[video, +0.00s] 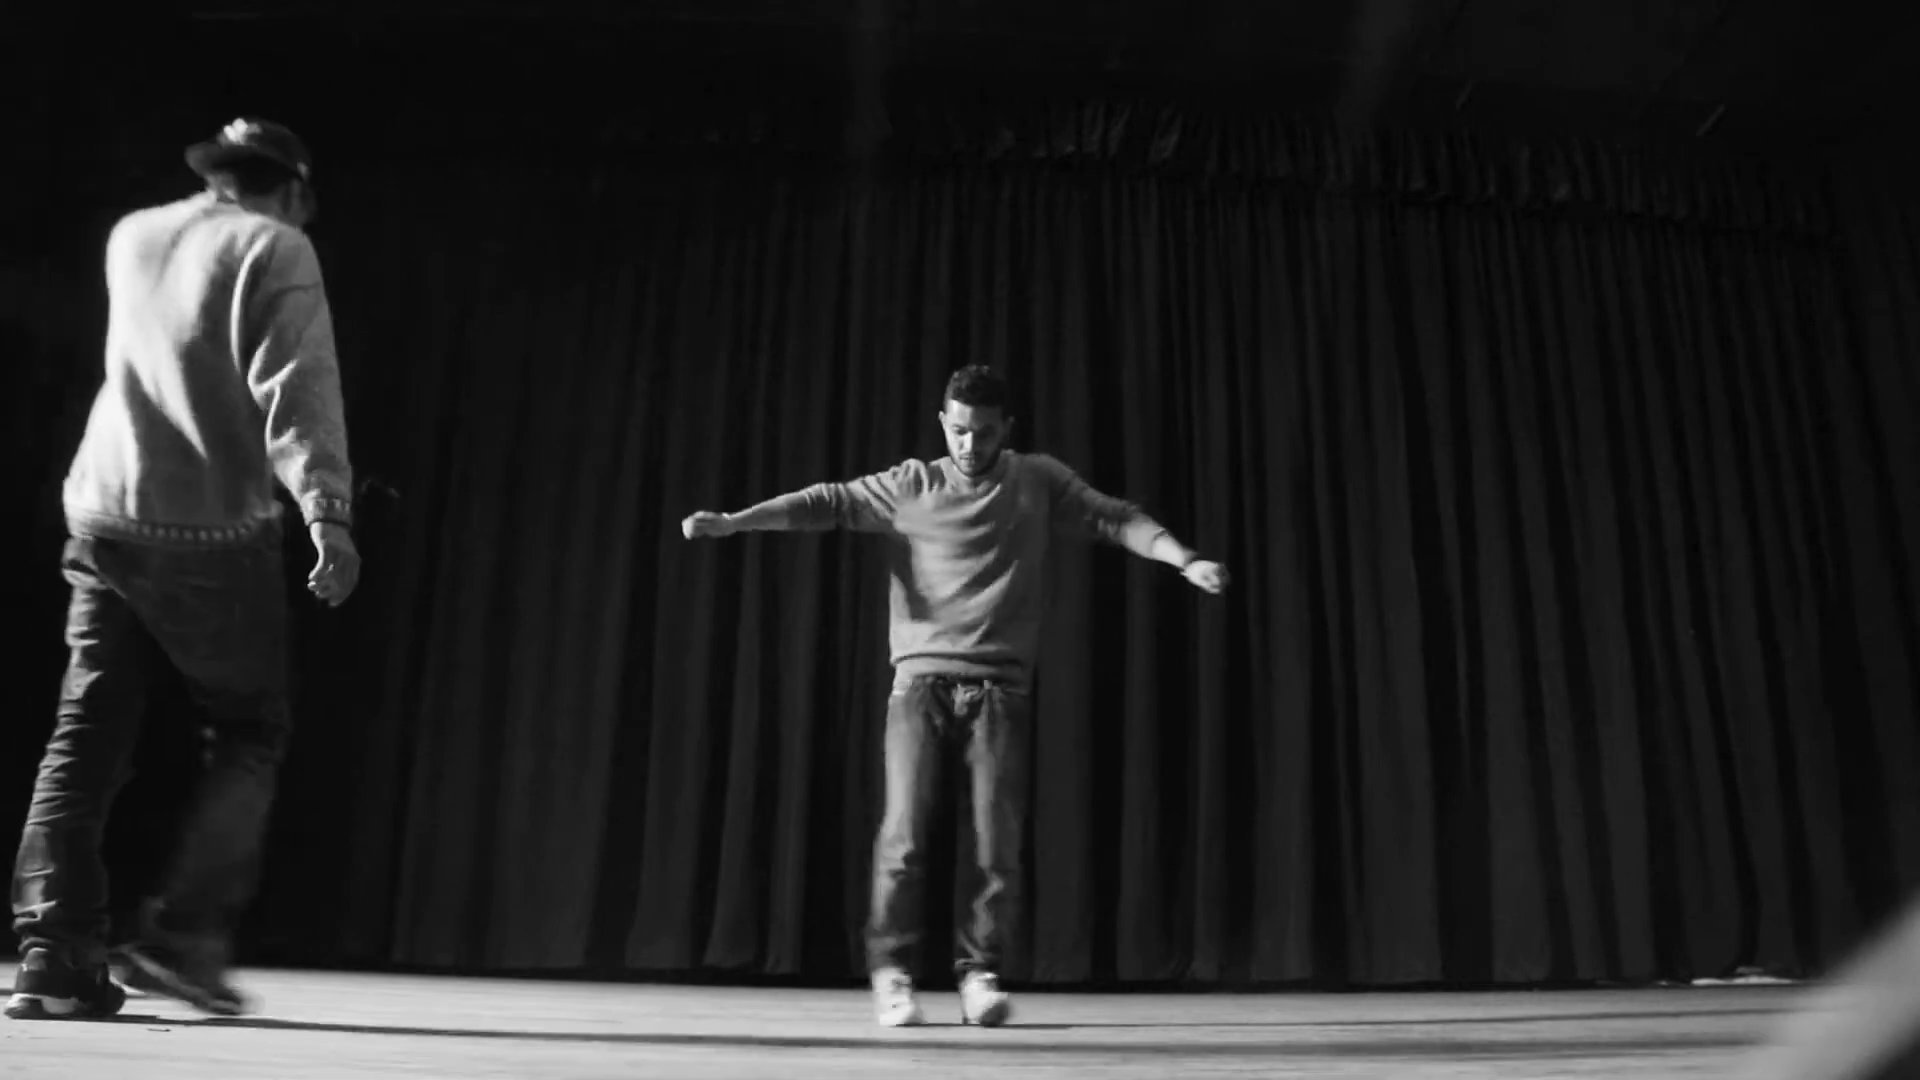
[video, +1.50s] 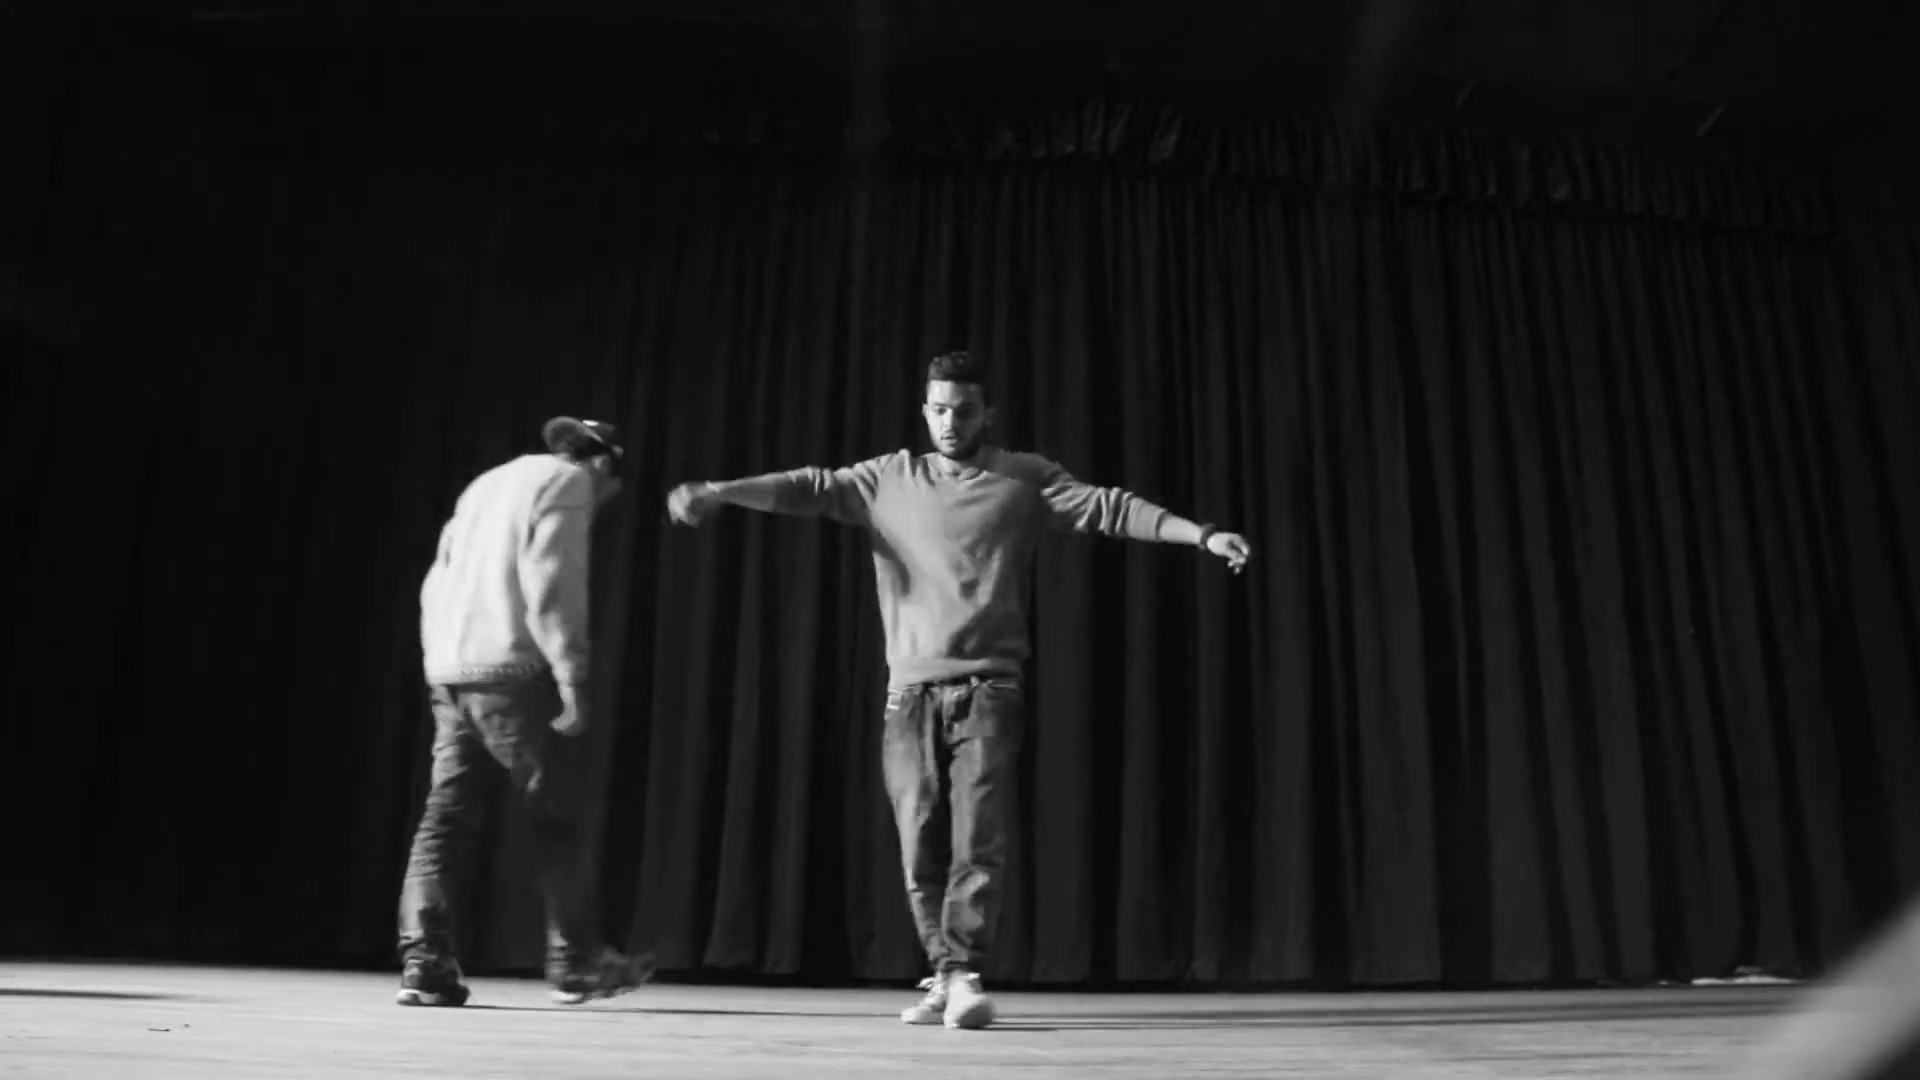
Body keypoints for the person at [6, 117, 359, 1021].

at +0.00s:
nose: (300, 213)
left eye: (301, 202)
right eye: (302, 201)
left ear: (212, 179)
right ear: (287, 191)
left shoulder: (132, 234)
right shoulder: (276, 246)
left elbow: (154, 348)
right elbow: (297, 385)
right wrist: (328, 512)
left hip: (101, 520)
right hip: (212, 535)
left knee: (84, 731)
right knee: (248, 732)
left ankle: (46, 954)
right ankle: (183, 939)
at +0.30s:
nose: (392, 286)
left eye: (393, 272)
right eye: (390, 271)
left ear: (307, 256)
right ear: (368, 263)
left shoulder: (230, 312)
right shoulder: (355, 327)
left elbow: (234, 434)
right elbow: (339, 458)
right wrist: (342, 579)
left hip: (197, 570)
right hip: (288, 585)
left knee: (162, 751)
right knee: (302, 782)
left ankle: (69, 927)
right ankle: (290, 964)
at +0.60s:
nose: (467, 335)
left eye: (468, 320)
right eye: (466, 319)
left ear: (389, 300)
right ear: (440, 304)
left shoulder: (305, 353)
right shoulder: (424, 368)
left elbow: (312, 463)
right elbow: (454, 502)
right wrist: (491, 617)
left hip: (291, 592)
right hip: (372, 599)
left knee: (302, 763)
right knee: (336, 783)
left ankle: (219, 924)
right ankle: (293, 963)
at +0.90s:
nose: (514, 423)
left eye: (520, 415)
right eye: (517, 411)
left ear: (458, 375)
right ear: (503, 390)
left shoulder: (367, 416)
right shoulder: (475, 416)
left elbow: (301, 516)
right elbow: (499, 534)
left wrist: (359, 572)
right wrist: (548, 623)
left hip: (342, 621)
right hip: (413, 620)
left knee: (385, 798)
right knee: (363, 796)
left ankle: (417, 960)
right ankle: (293, 954)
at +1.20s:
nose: (550, 472)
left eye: (555, 465)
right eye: (552, 459)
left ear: (499, 420)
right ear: (541, 436)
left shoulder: (422, 460)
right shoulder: (520, 448)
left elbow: (372, 563)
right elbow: (503, 545)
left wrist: (375, 659)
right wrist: (498, 636)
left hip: (402, 668)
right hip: (459, 663)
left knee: (422, 809)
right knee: (486, 804)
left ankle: (422, 964)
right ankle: (391, 905)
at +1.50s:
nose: (605, 494)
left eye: (610, 485)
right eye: (609, 481)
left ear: (560, 450)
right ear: (599, 462)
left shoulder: (485, 485)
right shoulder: (568, 478)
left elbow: (438, 582)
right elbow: (553, 580)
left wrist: (445, 671)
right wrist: (573, 680)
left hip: (453, 679)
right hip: (511, 676)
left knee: (445, 819)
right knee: (558, 815)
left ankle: (425, 961)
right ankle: (576, 960)